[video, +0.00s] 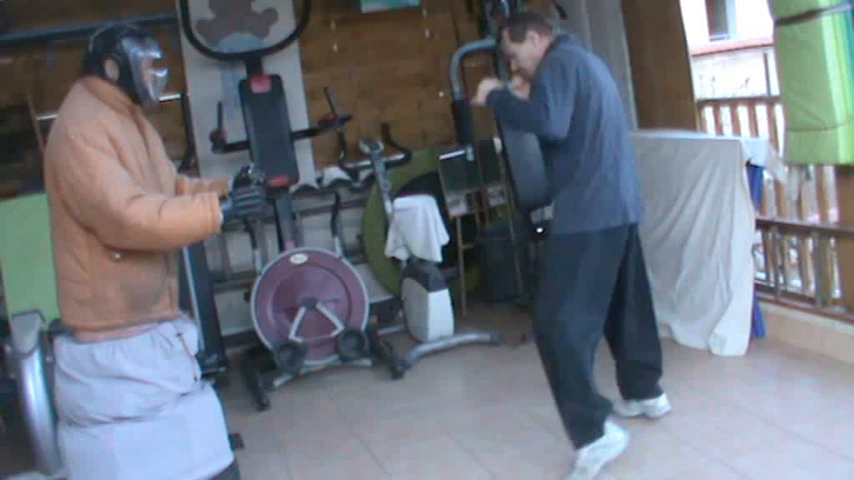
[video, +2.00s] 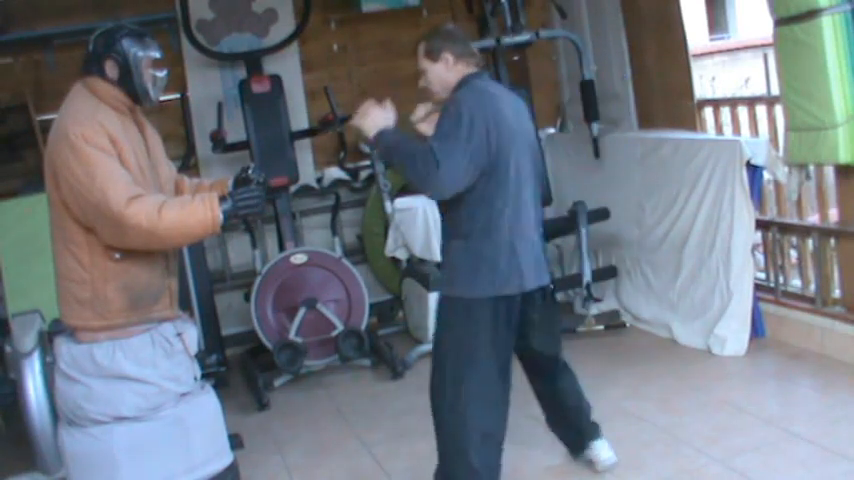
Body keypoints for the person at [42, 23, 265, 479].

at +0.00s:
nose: (154, 74)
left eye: (154, 63)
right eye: (144, 63)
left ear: (117, 68)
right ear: (111, 65)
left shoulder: (130, 117)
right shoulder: (80, 128)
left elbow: (168, 187)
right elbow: (125, 218)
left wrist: (228, 185)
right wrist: (217, 211)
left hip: (152, 319)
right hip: (109, 331)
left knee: (182, 449)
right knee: (130, 459)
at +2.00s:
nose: (155, 74)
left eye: (155, 64)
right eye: (146, 64)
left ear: (117, 68)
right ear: (112, 66)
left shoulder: (131, 118)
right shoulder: (80, 128)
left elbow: (169, 187)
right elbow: (125, 218)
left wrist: (229, 185)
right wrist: (219, 210)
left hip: (152, 317)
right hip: (109, 330)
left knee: (182, 447)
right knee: (132, 458)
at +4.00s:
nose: (152, 74)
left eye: (153, 63)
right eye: (142, 64)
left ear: (116, 68)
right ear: (109, 66)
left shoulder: (132, 119)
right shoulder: (76, 130)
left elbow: (171, 188)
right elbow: (123, 220)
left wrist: (226, 187)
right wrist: (214, 211)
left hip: (152, 315)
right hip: (106, 328)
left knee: (180, 442)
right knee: (129, 455)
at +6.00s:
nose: (150, 75)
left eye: (151, 64)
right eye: (140, 64)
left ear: (117, 67)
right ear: (108, 65)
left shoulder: (138, 120)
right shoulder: (72, 127)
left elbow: (178, 189)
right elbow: (108, 222)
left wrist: (226, 189)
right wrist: (199, 220)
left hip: (158, 316)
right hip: (105, 330)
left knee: (189, 447)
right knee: (126, 458)